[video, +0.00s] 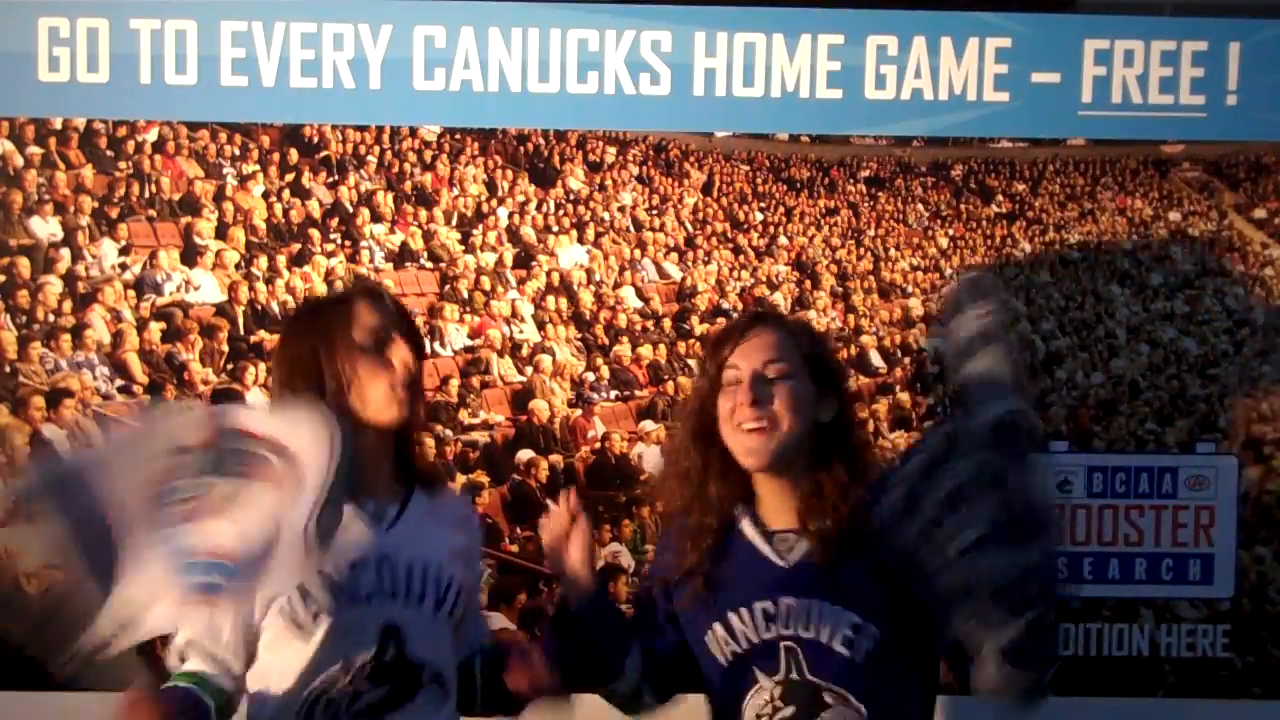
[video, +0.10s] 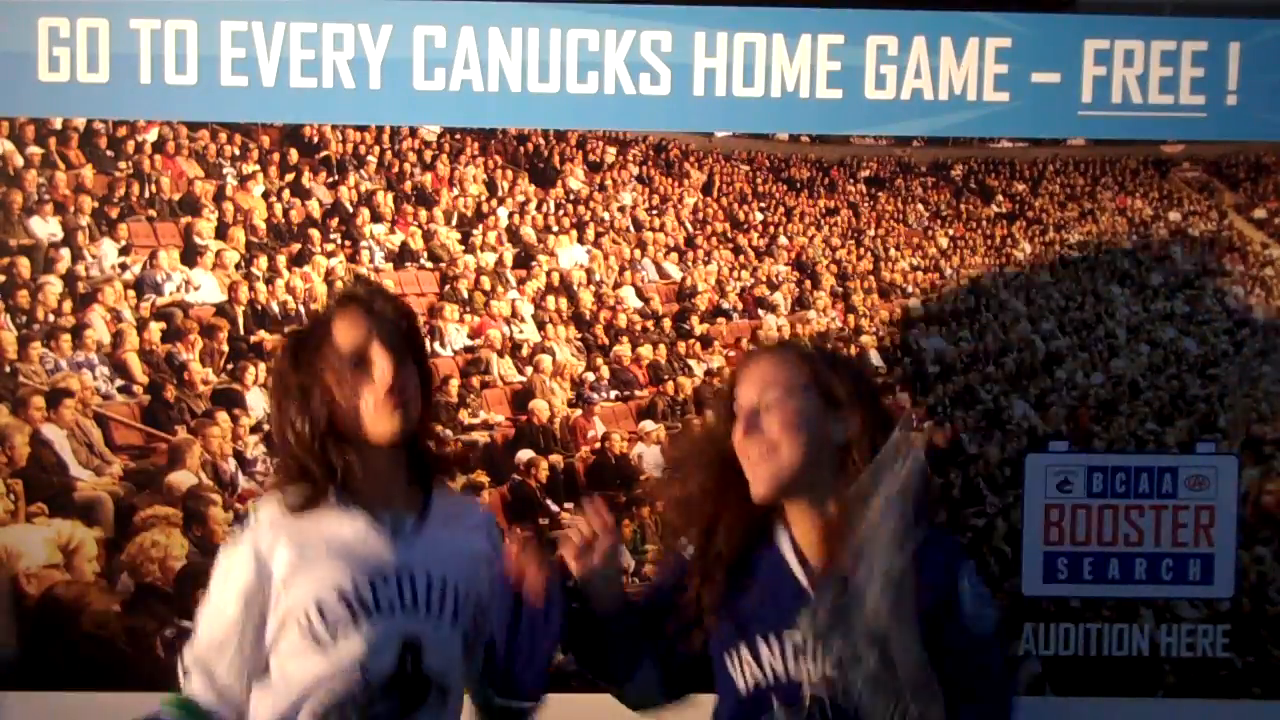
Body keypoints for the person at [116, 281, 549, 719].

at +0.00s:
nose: (407, 359)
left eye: (406, 339)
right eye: (376, 344)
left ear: (419, 354)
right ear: (321, 368)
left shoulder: (453, 519)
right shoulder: (272, 504)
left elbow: (460, 660)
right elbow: (211, 661)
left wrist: (505, 672)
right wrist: (181, 698)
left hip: (418, 716)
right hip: (284, 712)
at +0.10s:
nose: (389, 377)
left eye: (401, 355)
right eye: (358, 363)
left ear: (421, 371)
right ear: (316, 392)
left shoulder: (471, 526)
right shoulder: (270, 535)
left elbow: (509, 695)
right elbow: (211, 698)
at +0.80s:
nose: (392, 410)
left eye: (393, 390)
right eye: (365, 396)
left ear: (403, 395)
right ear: (305, 415)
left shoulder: (426, 540)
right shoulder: (233, 563)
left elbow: (476, 698)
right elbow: (190, 709)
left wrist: (543, 571)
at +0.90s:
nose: (362, 428)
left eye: (362, 403)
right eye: (327, 425)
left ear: (387, 410)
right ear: (289, 466)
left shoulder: (454, 560)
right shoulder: (249, 588)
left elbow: (500, 710)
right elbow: (200, 713)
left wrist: (536, 586)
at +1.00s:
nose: (354, 438)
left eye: (360, 410)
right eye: (322, 431)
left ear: (393, 409)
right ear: (299, 457)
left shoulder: (475, 553)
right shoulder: (264, 563)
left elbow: (504, 710)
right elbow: (223, 707)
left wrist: (529, 585)